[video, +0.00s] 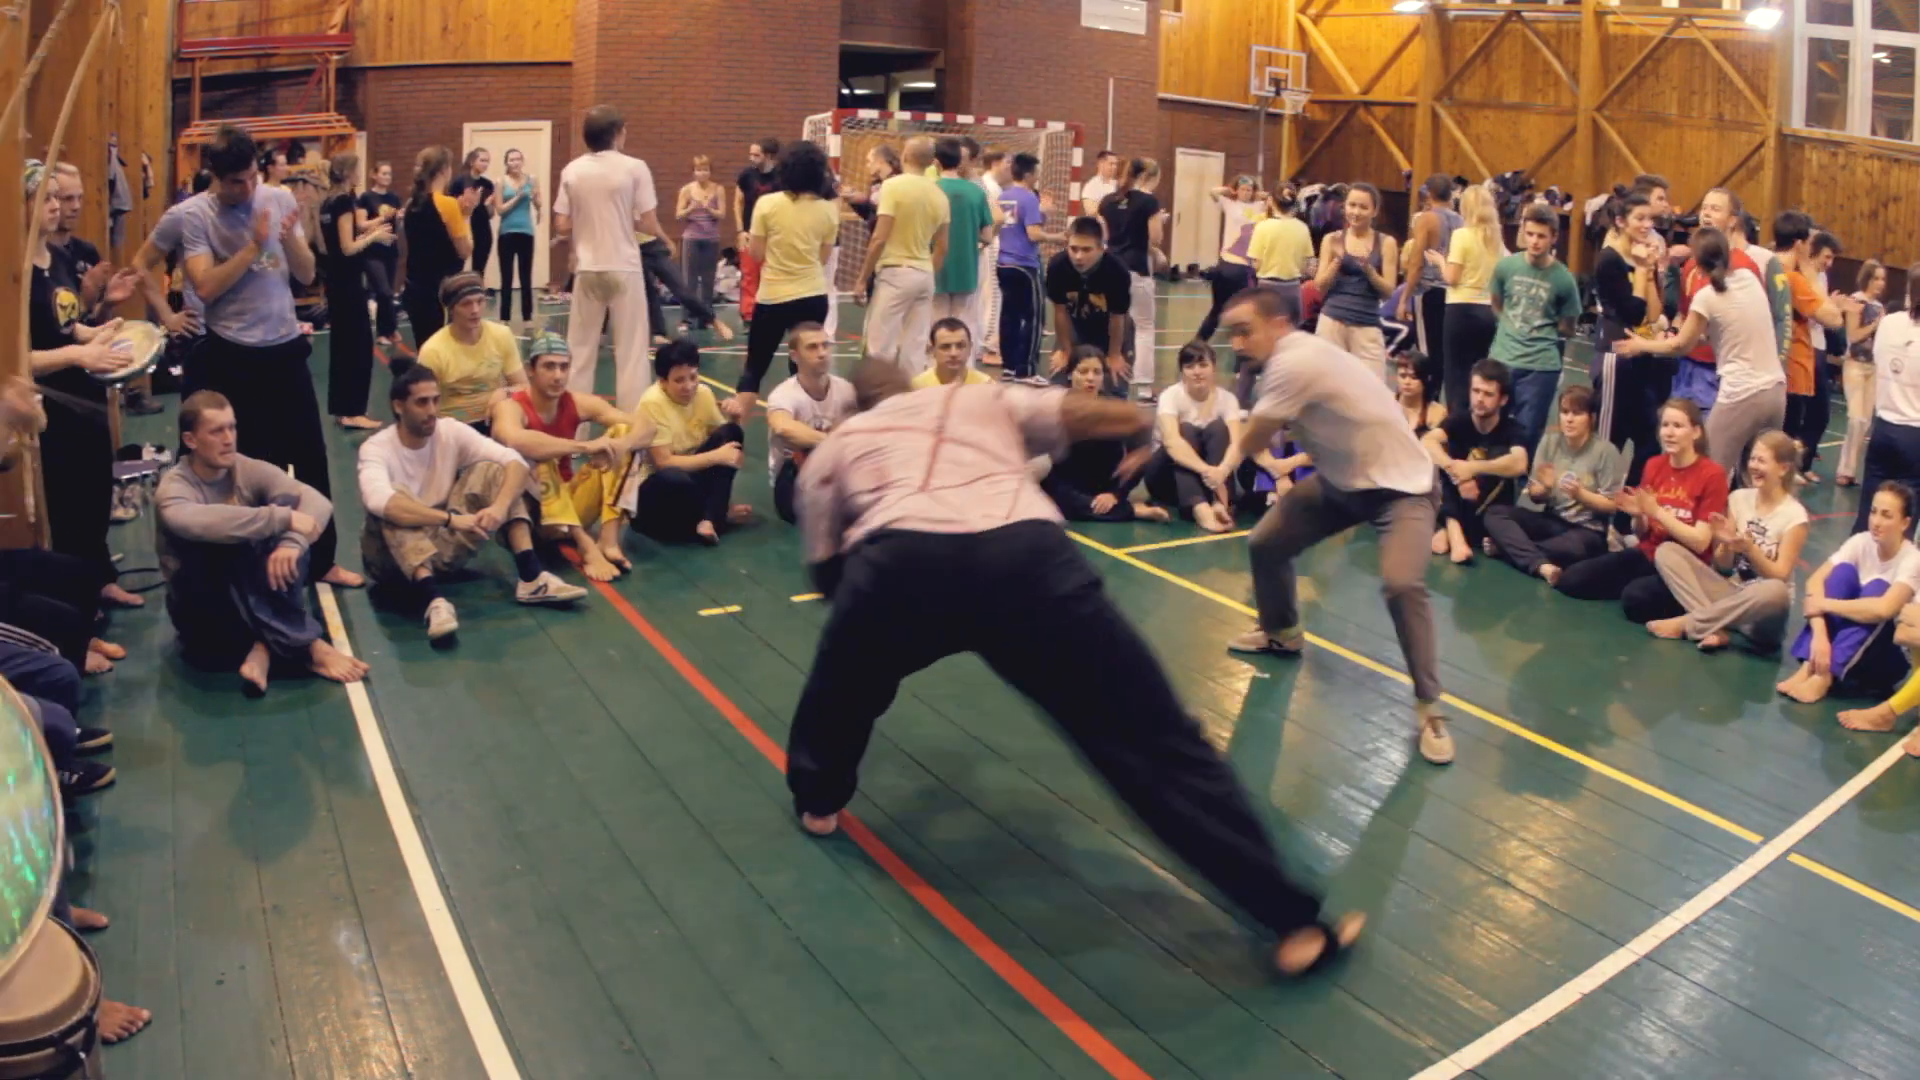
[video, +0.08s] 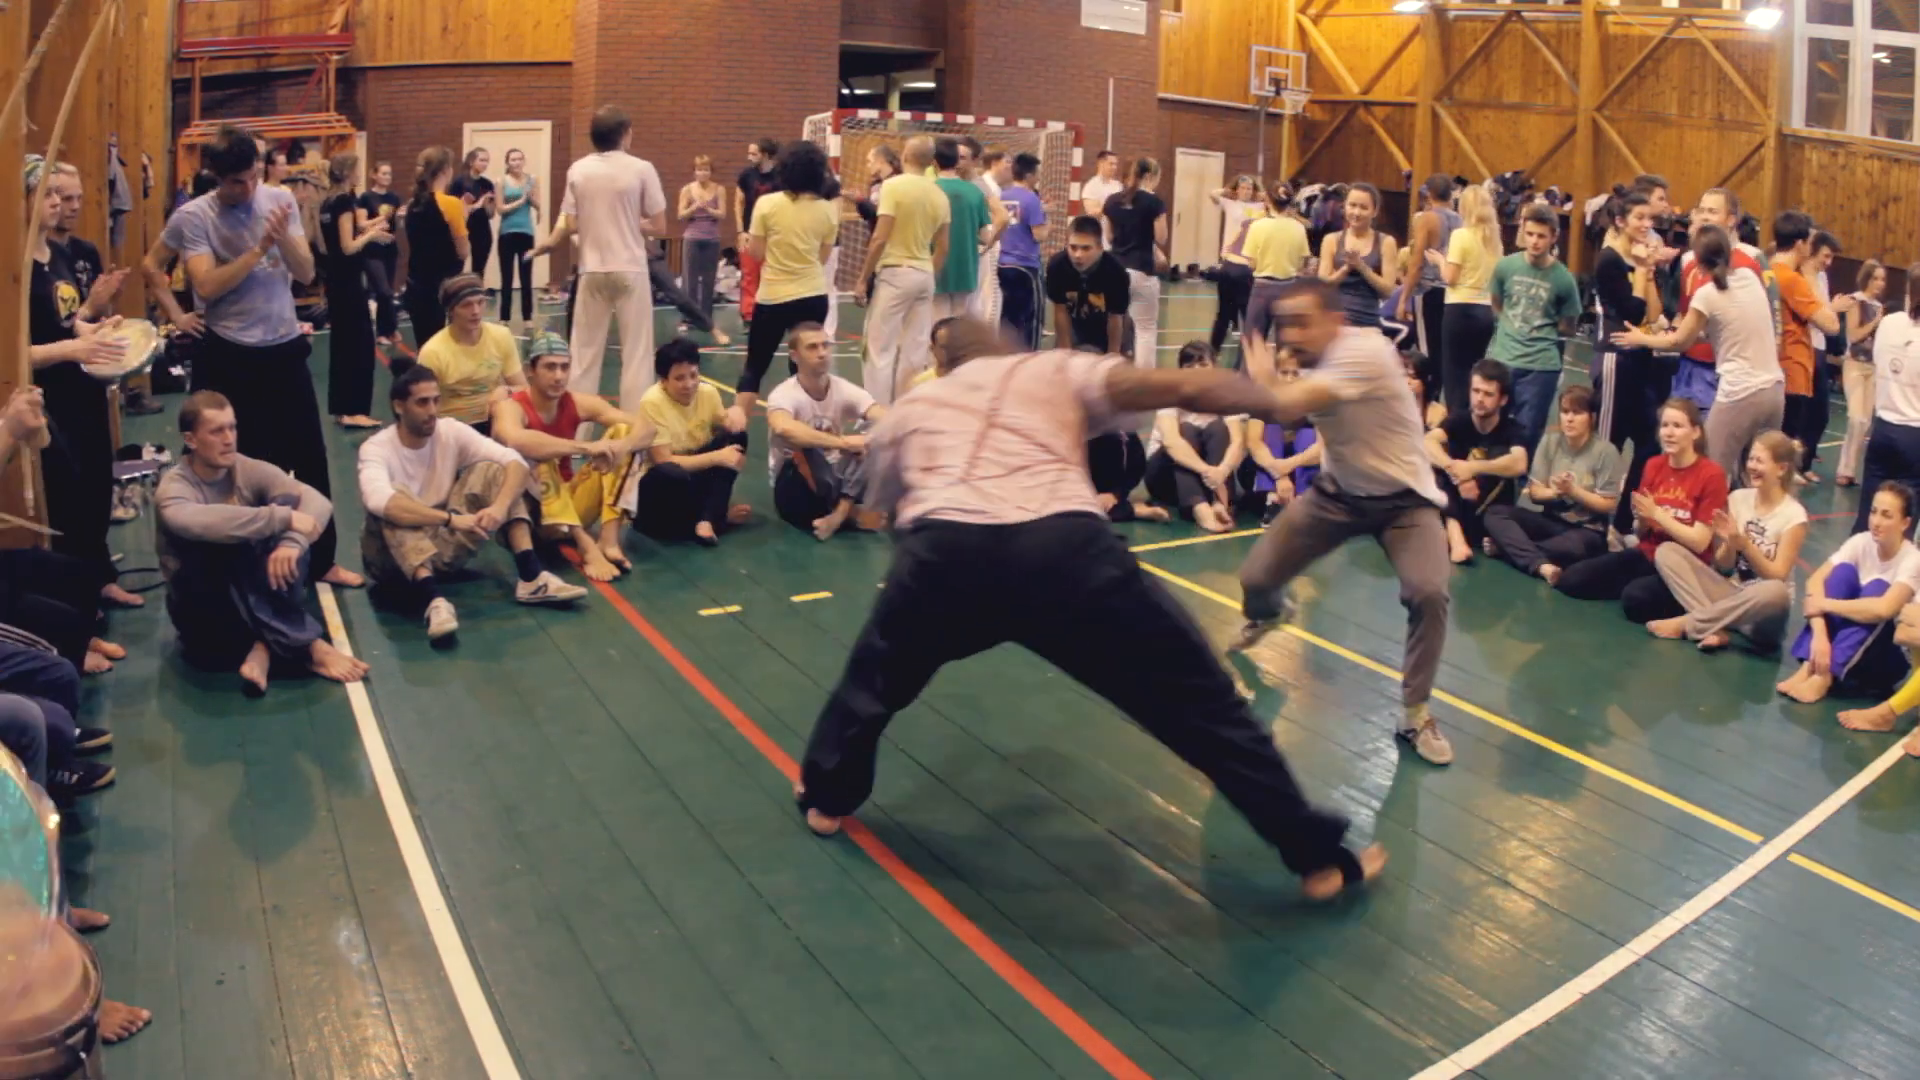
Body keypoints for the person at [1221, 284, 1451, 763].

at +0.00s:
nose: (1235, 344)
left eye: (1243, 331)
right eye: (1231, 334)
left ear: (1279, 322)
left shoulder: (1296, 359)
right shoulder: (1288, 358)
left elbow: (1250, 441)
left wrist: (1226, 468)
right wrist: (1281, 462)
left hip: (1403, 483)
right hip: (1342, 481)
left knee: (1401, 585)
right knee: (1266, 543)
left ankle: (1431, 710)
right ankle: (1280, 635)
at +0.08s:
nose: (1288, 335)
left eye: (1298, 323)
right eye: (1282, 325)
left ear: (1333, 317)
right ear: (1280, 329)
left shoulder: (1365, 350)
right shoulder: (1307, 361)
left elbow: (1288, 409)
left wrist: (1258, 380)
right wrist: (1268, 386)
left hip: (1407, 501)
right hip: (1336, 493)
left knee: (1429, 594)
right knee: (1255, 579)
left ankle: (1416, 715)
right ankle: (1267, 615)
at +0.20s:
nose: (1377, 349)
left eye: (1393, 341)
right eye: (1374, 334)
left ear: (1422, 345)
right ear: (1366, 326)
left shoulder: (1445, 384)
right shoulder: (1338, 361)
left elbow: (1412, 453)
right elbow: (1291, 406)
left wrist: (1351, 398)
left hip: (1399, 510)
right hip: (1331, 499)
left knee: (1433, 599)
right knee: (1335, 600)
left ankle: (1417, 720)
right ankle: (1269, 638)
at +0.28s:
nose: (1418, 371)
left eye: (1436, 367)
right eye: (1417, 354)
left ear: (1458, 374)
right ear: (1408, 339)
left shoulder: (1463, 416)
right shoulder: (1352, 369)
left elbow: (1472, 503)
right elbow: (1262, 380)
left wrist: (1496, 507)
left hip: (1378, 505)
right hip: (1313, 495)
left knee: (1437, 583)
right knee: (1379, 601)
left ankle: (1426, 711)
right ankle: (1307, 726)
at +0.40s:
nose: (1458, 404)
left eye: (1475, 403)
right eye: (1459, 385)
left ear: (1479, 411)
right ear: (1439, 362)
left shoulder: (1451, 430)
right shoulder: (1379, 389)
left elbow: (1441, 486)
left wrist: (1477, 545)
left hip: (1334, 516)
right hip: (1298, 520)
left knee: (1394, 562)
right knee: (1388, 631)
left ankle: (1453, 663)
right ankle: (1339, 761)